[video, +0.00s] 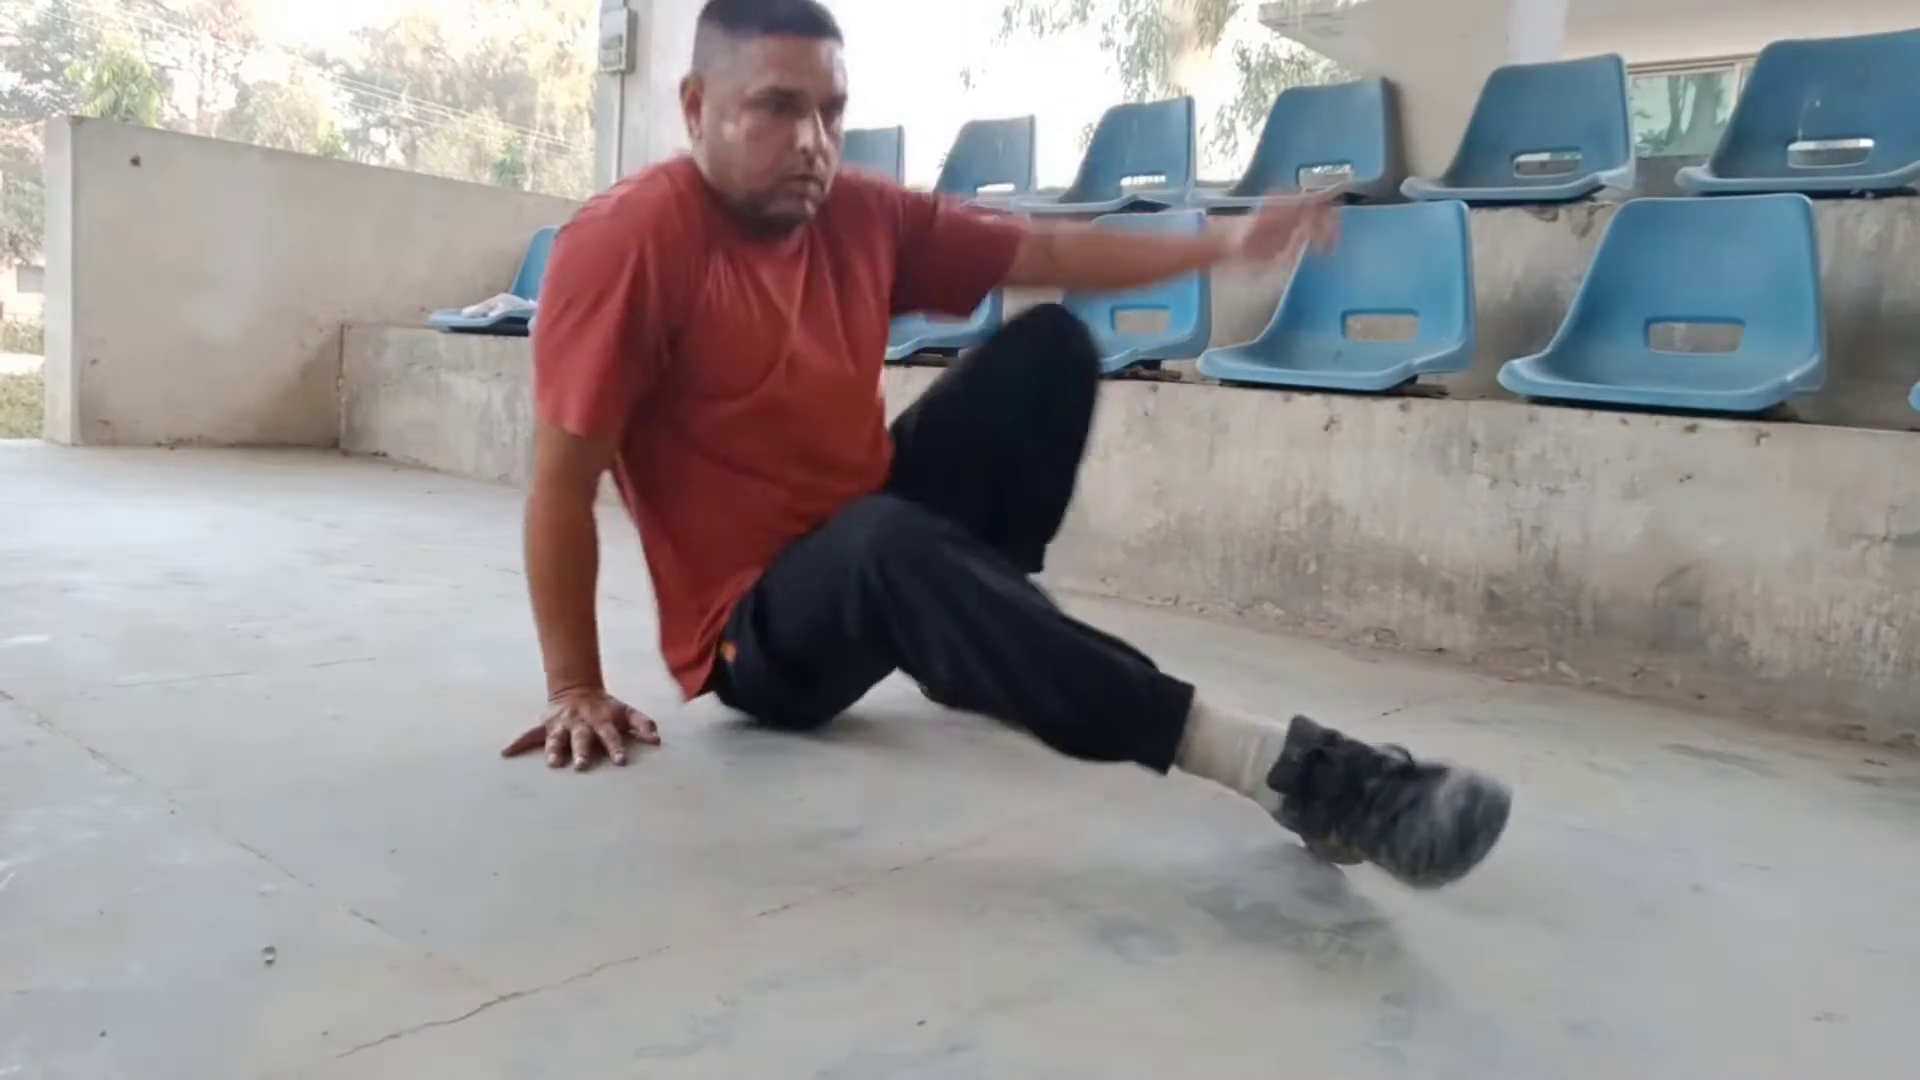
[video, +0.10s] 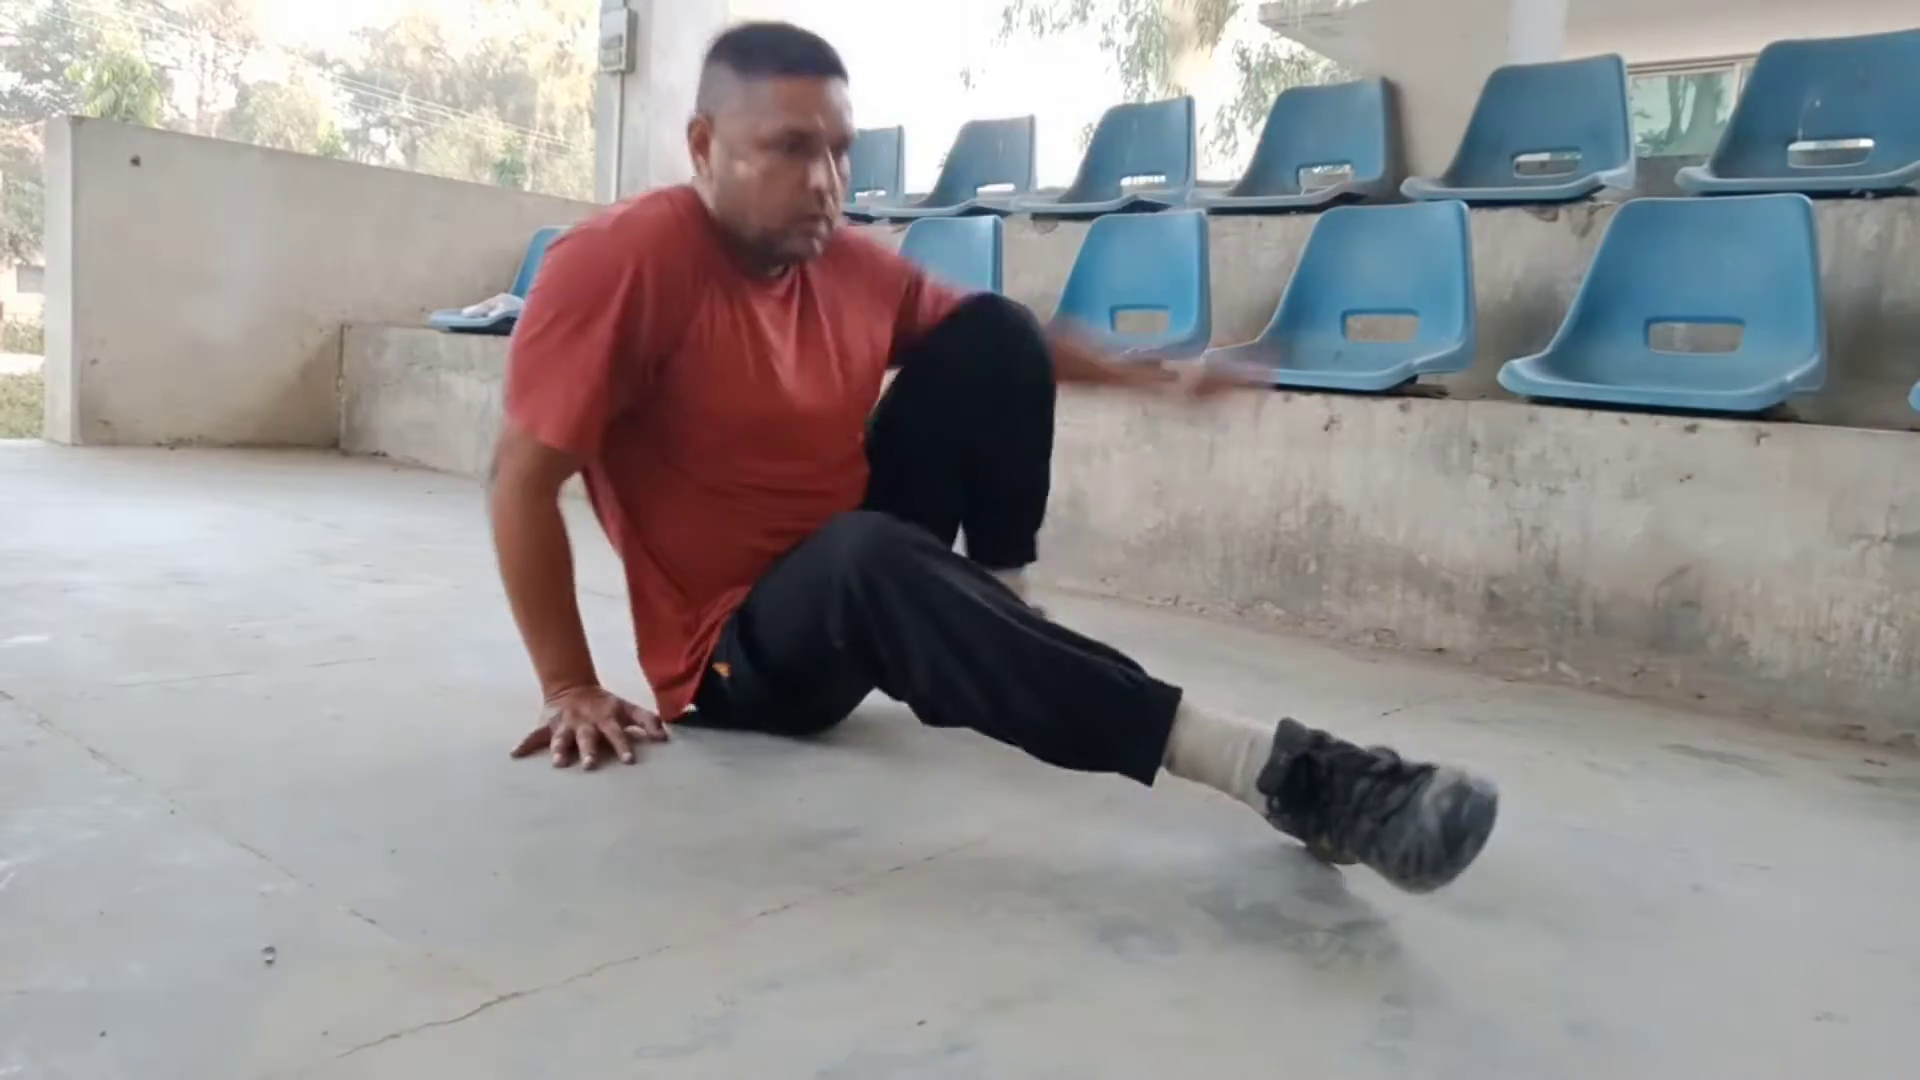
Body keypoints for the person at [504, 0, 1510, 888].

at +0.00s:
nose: (811, 144)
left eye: (829, 114)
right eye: (778, 112)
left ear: (843, 107)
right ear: (695, 106)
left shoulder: (858, 211)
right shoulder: (623, 243)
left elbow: (1041, 254)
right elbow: (562, 478)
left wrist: (1223, 245)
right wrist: (574, 687)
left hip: (878, 540)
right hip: (755, 632)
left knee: (1048, 345)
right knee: (885, 539)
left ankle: (976, 637)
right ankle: (1289, 771)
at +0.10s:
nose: (823, 184)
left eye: (837, 149)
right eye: (791, 151)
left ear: (846, 147)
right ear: (704, 147)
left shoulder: (852, 263)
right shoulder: (618, 261)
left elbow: (996, 337)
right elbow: (520, 481)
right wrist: (567, 687)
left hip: (861, 562)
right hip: (731, 650)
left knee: (995, 344)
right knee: (867, 558)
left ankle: (983, 618)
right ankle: (1284, 775)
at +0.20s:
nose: (827, 206)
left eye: (840, 178)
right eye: (799, 174)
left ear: (843, 171)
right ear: (705, 160)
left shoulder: (819, 270)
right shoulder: (608, 264)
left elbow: (905, 394)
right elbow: (502, 486)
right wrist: (568, 686)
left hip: (851, 563)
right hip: (734, 650)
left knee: (989, 340)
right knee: (887, 543)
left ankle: (1056, 612)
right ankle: (1287, 765)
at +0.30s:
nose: (822, 206)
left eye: (834, 177)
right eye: (793, 178)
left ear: (837, 166)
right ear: (699, 166)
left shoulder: (808, 263)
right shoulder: (614, 269)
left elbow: (832, 432)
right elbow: (500, 487)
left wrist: (884, 534)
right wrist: (568, 687)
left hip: (848, 561)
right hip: (741, 647)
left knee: (1028, 366)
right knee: (913, 510)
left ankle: (1188, 641)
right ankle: (1295, 756)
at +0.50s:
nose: (840, 214)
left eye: (851, 187)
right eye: (813, 188)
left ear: (846, 180)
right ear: (728, 178)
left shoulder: (821, 284)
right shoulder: (639, 282)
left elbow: (809, 460)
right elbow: (502, 483)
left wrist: (895, 618)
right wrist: (565, 686)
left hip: (859, 586)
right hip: (763, 632)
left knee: (1097, 432)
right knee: (970, 479)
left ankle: (1357, 661)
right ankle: (1319, 753)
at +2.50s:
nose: (953, 218)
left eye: (966, 194)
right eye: (932, 190)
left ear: (966, 194)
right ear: (852, 179)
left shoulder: (944, 298)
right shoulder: (759, 278)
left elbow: (924, 470)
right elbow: (655, 479)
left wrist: (917, 636)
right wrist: (709, 680)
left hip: (930, 610)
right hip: (836, 624)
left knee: (1177, 457)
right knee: (1084, 462)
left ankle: (1443, 716)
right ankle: (1397, 746)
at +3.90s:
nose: (881, 241)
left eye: (893, 217)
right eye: (856, 214)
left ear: (900, 211)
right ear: (779, 203)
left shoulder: (894, 300)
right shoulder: (694, 297)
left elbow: (902, 450)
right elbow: (560, 471)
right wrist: (582, 678)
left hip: (915, 625)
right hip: (817, 629)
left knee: (1087, 369)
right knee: (996, 377)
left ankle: (1285, 618)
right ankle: (1246, 655)